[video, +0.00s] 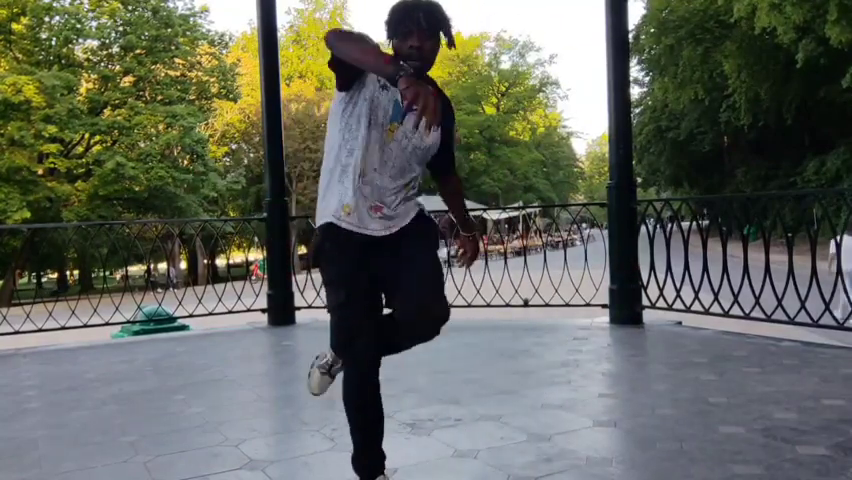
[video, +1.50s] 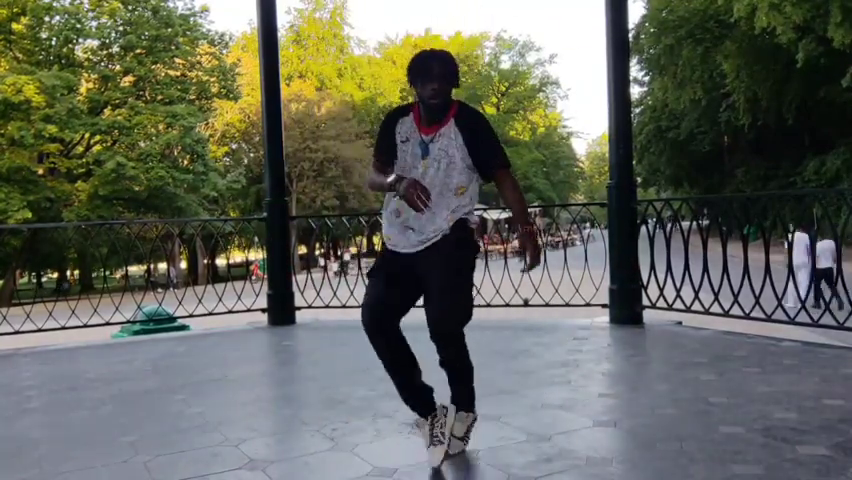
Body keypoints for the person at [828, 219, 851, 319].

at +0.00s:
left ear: (839, 230)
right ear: (847, 230)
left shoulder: (836, 240)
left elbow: (832, 255)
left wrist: (829, 267)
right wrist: (830, 266)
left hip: (843, 269)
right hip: (849, 268)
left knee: (845, 291)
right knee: (845, 291)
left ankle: (841, 313)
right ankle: (842, 313)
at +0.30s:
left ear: (829, 227)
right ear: (838, 227)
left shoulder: (825, 237)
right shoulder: (844, 237)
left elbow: (823, 251)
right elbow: (847, 251)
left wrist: (820, 262)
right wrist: (847, 263)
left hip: (829, 265)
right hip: (841, 265)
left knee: (827, 287)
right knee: (839, 288)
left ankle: (832, 308)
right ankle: (841, 312)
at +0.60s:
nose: (813, 232)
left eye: (814, 230)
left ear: (816, 230)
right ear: (824, 229)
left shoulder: (815, 239)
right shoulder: (831, 239)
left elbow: (813, 253)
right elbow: (835, 252)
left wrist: (813, 264)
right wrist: (835, 261)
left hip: (819, 266)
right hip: (830, 265)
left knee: (815, 287)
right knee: (832, 288)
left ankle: (814, 308)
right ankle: (837, 310)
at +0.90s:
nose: (808, 229)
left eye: (807, 228)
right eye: (811, 227)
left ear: (805, 228)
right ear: (815, 227)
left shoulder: (803, 238)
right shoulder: (820, 237)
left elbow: (800, 251)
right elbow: (823, 249)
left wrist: (799, 261)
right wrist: (825, 262)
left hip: (807, 263)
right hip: (817, 262)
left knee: (809, 285)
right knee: (815, 284)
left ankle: (813, 307)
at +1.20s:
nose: (797, 231)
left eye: (798, 229)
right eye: (798, 229)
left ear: (799, 230)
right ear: (807, 229)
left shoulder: (797, 239)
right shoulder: (813, 239)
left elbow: (795, 252)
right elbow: (816, 251)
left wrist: (794, 262)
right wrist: (817, 262)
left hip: (801, 264)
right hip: (811, 264)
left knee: (802, 285)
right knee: (810, 285)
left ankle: (810, 303)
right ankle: (811, 303)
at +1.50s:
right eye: (806, 228)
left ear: (796, 227)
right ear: (804, 228)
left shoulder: (791, 236)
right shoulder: (806, 236)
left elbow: (787, 248)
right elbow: (808, 249)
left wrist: (788, 260)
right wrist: (809, 258)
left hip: (793, 260)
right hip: (804, 260)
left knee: (791, 282)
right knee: (803, 282)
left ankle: (791, 302)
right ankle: (802, 301)